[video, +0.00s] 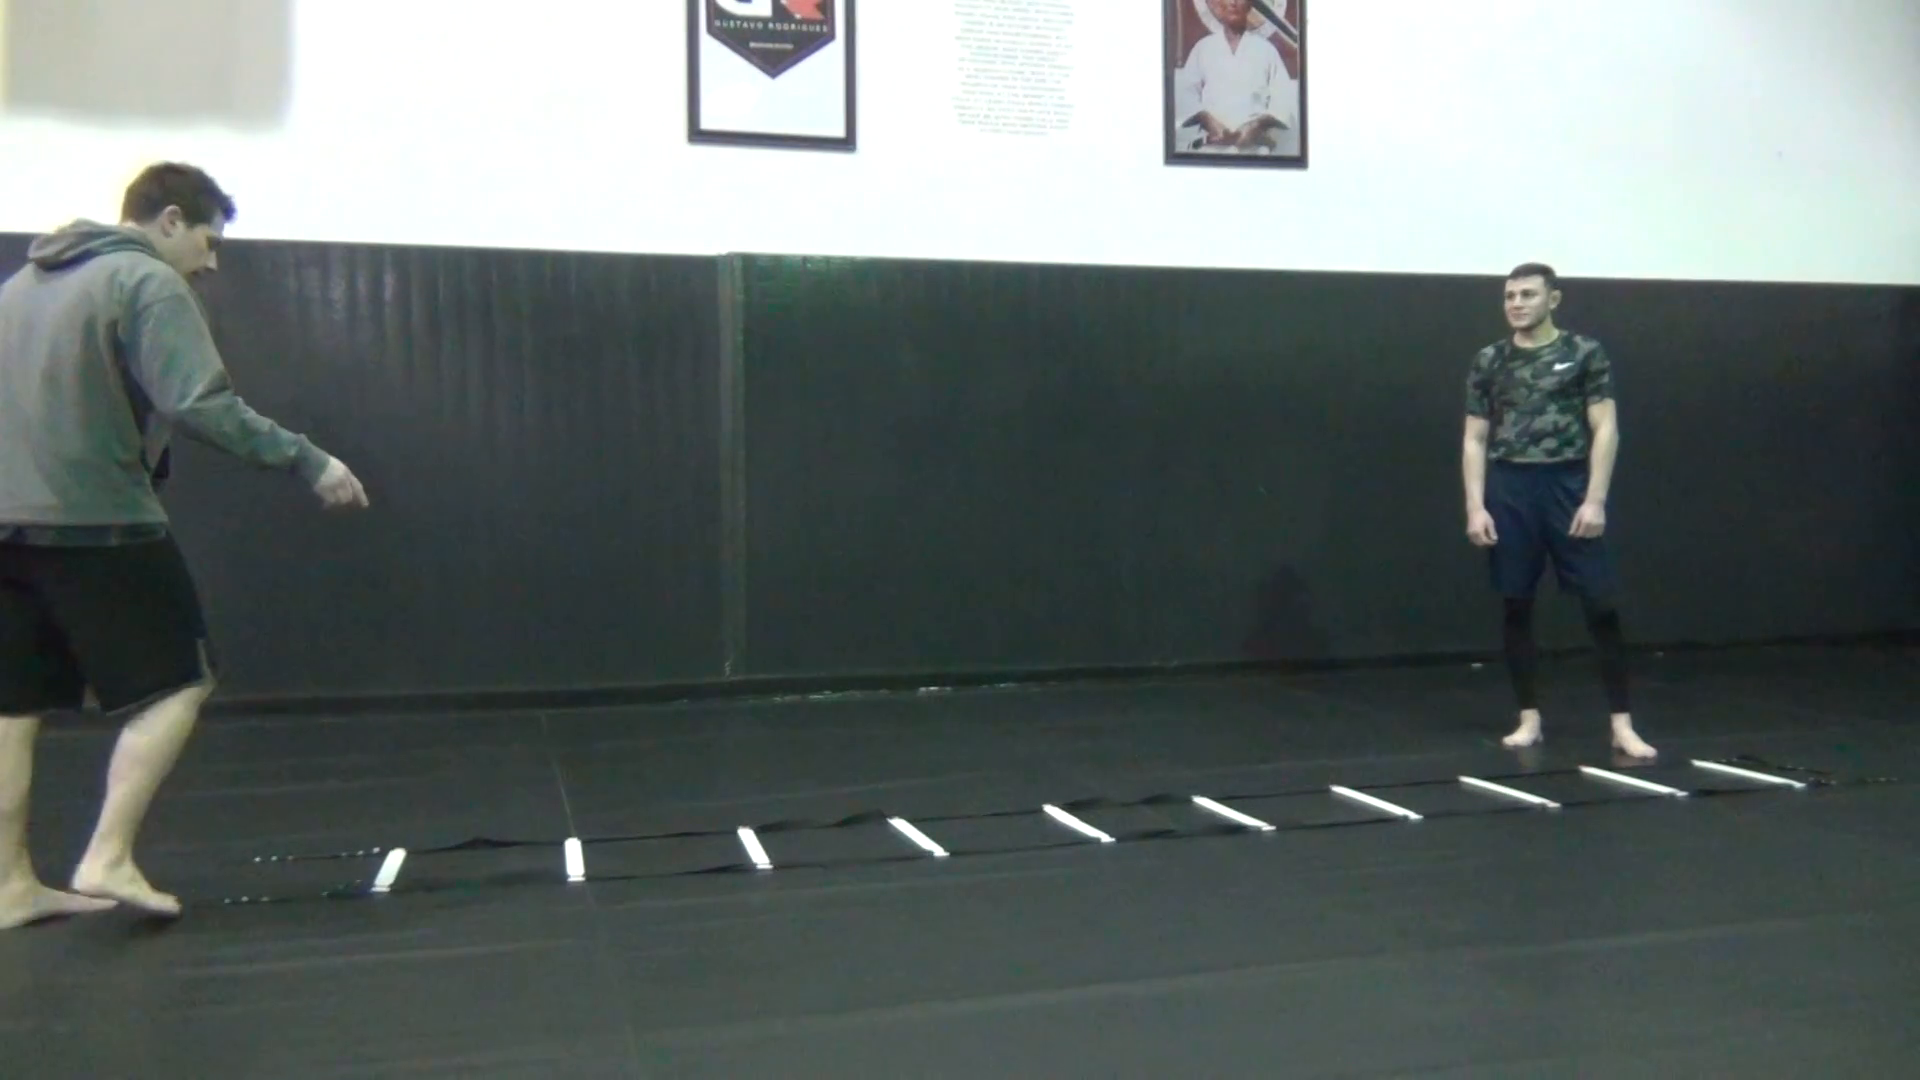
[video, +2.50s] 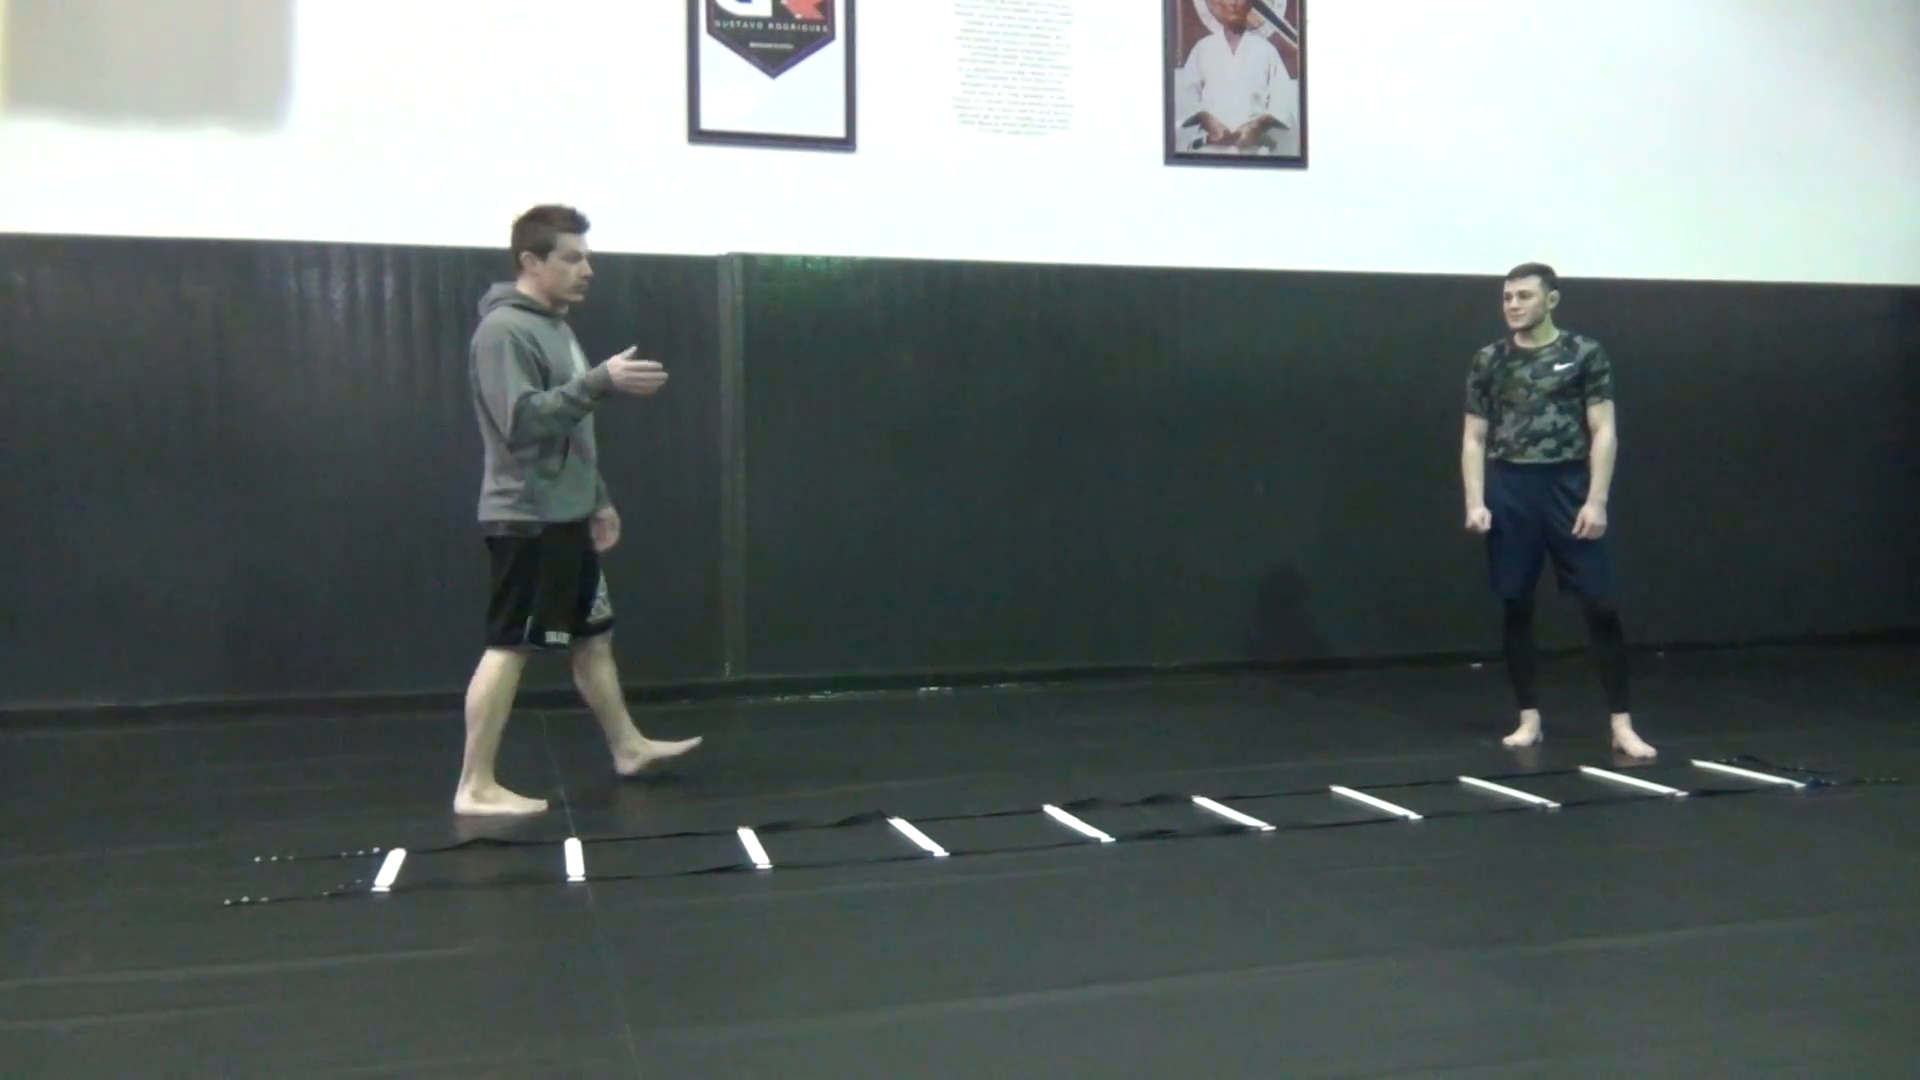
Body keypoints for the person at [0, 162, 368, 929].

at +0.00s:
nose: (210, 262)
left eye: (214, 245)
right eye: (207, 241)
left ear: (147, 216)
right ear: (169, 219)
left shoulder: (25, 280)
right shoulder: (147, 279)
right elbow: (197, 401)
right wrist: (311, 461)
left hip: (10, 519)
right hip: (99, 520)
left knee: (13, 704)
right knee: (176, 683)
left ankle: (12, 883)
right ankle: (108, 859)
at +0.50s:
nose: (287, 260)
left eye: (291, 244)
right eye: (279, 241)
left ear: (222, 231)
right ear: (227, 228)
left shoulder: (111, 288)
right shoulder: (210, 308)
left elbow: (106, 404)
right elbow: (238, 439)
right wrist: (335, 500)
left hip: (106, 521)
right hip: (180, 528)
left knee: (132, 681)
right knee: (192, 691)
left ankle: (77, 799)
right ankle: (168, 864)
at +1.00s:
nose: (332, 262)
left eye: (333, 247)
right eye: (320, 247)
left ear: (277, 250)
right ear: (267, 246)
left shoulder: (266, 315)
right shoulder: (230, 320)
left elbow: (265, 432)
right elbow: (227, 438)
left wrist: (293, 519)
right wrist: (322, 488)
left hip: (255, 529)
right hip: (222, 530)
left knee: (267, 672)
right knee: (227, 679)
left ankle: (283, 802)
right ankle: (166, 847)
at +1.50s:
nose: (396, 260)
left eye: (396, 247)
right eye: (384, 246)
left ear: (342, 249)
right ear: (337, 245)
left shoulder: (331, 312)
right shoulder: (312, 315)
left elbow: (339, 428)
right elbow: (303, 421)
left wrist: (389, 504)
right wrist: (385, 474)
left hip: (294, 513)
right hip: (324, 512)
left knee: (289, 655)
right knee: (398, 634)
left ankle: (282, 795)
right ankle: (367, 785)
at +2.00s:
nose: (495, 262)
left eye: (495, 250)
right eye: (482, 251)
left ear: (444, 255)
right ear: (438, 254)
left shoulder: (439, 319)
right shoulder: (421, 327)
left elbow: (450, 430)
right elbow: (447, 434)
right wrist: (541, 457)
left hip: (433, 517)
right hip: (439, 521)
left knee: (408, 650)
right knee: (459, 655)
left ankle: (327, 755)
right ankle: (474, 791)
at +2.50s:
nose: (587, 271)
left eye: (587, 259)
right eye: (575, 259)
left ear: (550, 264)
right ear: (530, 261)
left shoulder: (556, 327)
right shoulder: (502, 329)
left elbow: (571, 432)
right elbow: (519, 423)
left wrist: (597, 501)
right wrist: (598, 382)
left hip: (567, 510)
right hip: (524, 513)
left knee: (592, 632)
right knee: (510, 645)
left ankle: (628, 748)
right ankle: (475, 786)